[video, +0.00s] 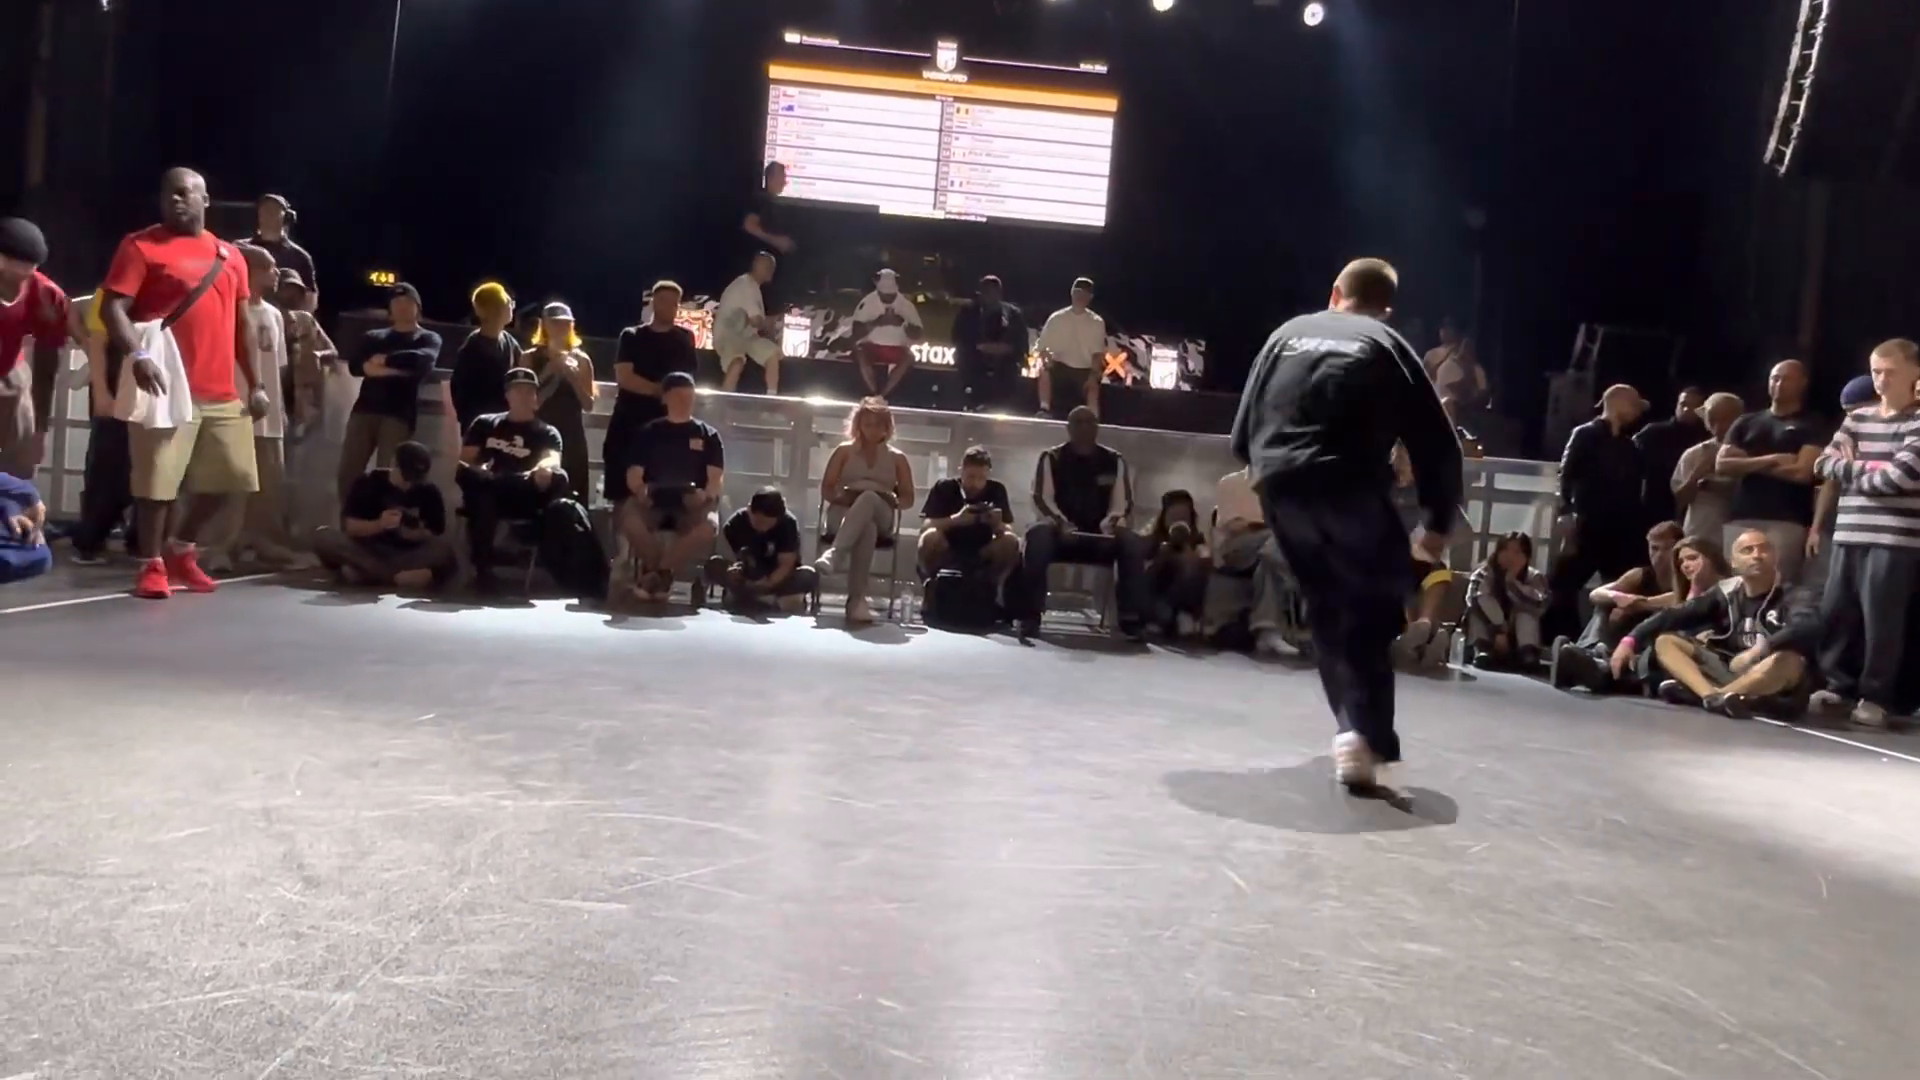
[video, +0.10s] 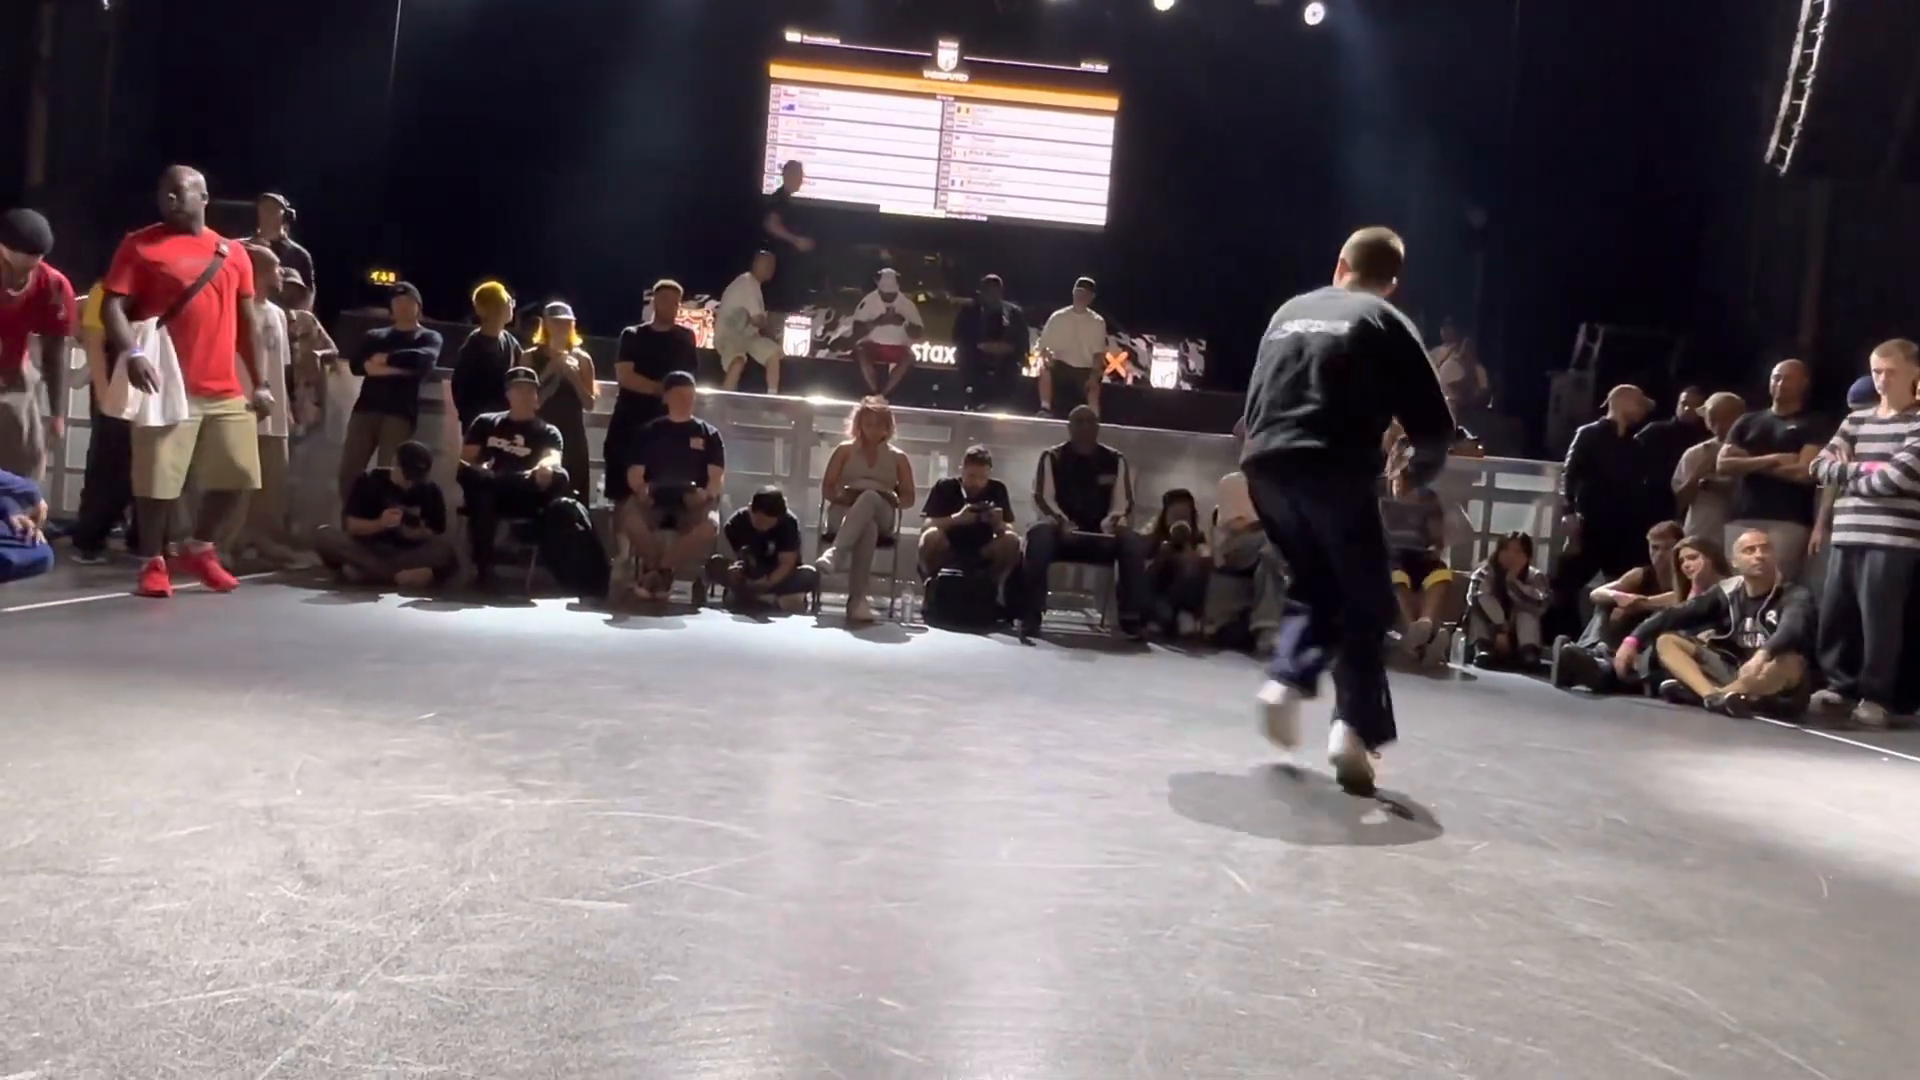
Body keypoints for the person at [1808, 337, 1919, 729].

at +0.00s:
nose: (1878, 380)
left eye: (1887, 373)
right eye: (1875, 373)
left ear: (1915, 377)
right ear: (1871, 375)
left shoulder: (1918, 424)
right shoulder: (1857, 418)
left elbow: (1898, 479)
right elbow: (1824, 464)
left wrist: (1847, 470)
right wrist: (1866, 469)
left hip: (1894, 541)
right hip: (1847, 536)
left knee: (1881, 623)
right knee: (1835, 612)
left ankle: (1876, 699)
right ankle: (1838, 687)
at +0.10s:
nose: (1878, 380)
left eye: (1887, 373)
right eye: (1875, 373)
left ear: (1915, 377)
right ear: (1871, 375)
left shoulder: (1918, 425)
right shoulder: (1856, 420)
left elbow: (1895, 480)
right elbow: (1819, 466)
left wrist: (1845, 473)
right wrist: (1862, 470)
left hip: (1892, 540)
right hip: (1845, 537)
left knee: (1879, 621)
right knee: (1834, 613)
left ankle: (1876, 699)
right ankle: (1839, 686)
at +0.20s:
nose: (1878, 379)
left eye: (1887, 372)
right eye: (1875, 372)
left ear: (1914, 377)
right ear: (1870, 374)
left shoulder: (1916, 425)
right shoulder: (1853, 420)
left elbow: (1890, 479)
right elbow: (1815, 465)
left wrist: (1841, 472)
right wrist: (1860, 471)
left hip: (1891, 540)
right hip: (1843, 536)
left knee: (1879, 620)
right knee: (1836, 614)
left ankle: (1876, 697)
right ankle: (1840, 686)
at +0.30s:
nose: (1877, 378)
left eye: (1886, 371)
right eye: (1874, 371)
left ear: (1912, 375)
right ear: (1870, 373)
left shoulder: (1915, 424)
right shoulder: (1851, 421)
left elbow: (1889, 477)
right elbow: (1813, 465)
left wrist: (1839, 472)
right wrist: (1860, 470)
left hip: (1890, 538)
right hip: (1841, 535)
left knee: (1878, 620)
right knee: (1835, 614)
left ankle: (1875, 697)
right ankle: (1840, 686)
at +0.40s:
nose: (1877, 378)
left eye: (1887, 370)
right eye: (1874, 370)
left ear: (1912, 374)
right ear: (1869, 373)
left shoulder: (1916, 423)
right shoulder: (1851, 421)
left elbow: (1891, 476)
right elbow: (1815, 466)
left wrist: (1840, 471)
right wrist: (1864, 469)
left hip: (1889, 536)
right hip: (1842, 534)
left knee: (1879, 620)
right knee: (1837, 614)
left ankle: (1877, 697)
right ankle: (1841, 686)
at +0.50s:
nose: (1875, 379)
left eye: (1884, 372)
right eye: (1871, 372)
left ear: (1909, 373)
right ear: (1867, 374)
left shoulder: (1915, 422)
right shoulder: (1849, 422)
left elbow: (1891, 475)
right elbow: (1815, 466)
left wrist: (1840, 470)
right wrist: (1867, 468)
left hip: (1888, 534)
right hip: (1841, 532)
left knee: (1878, 618)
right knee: (1835, 613)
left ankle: (1876, 697)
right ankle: (1841, 685)